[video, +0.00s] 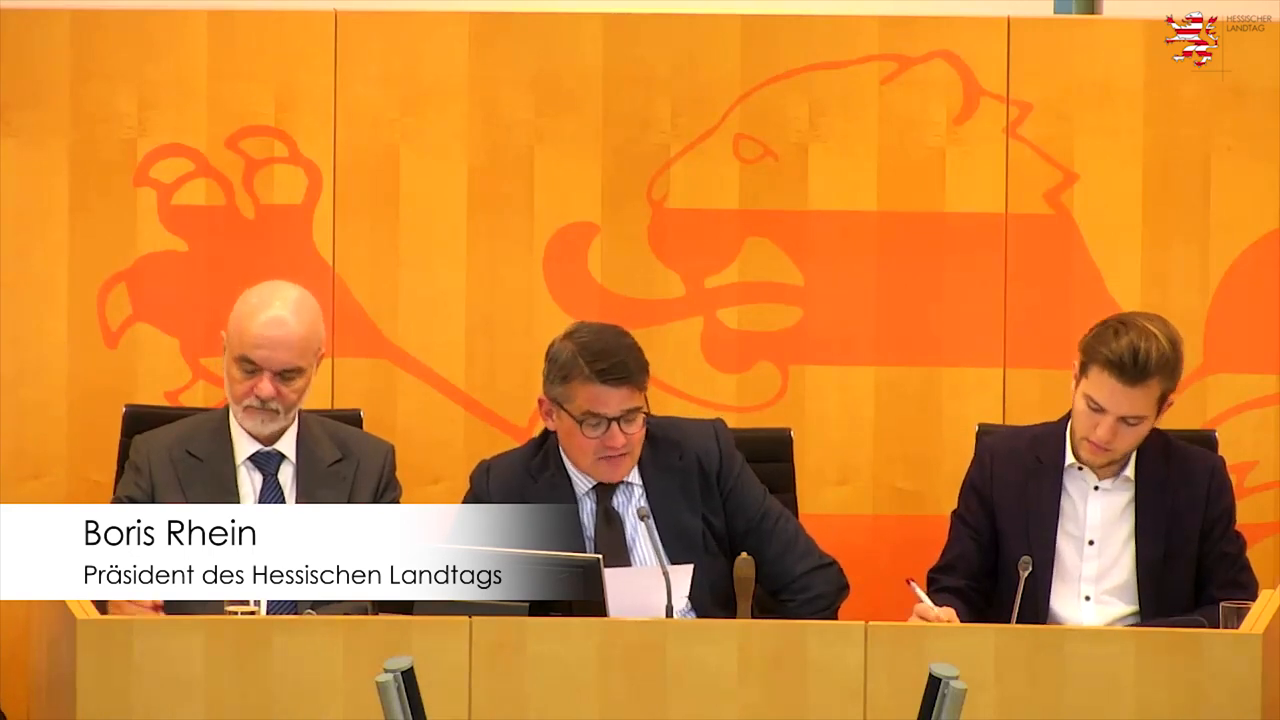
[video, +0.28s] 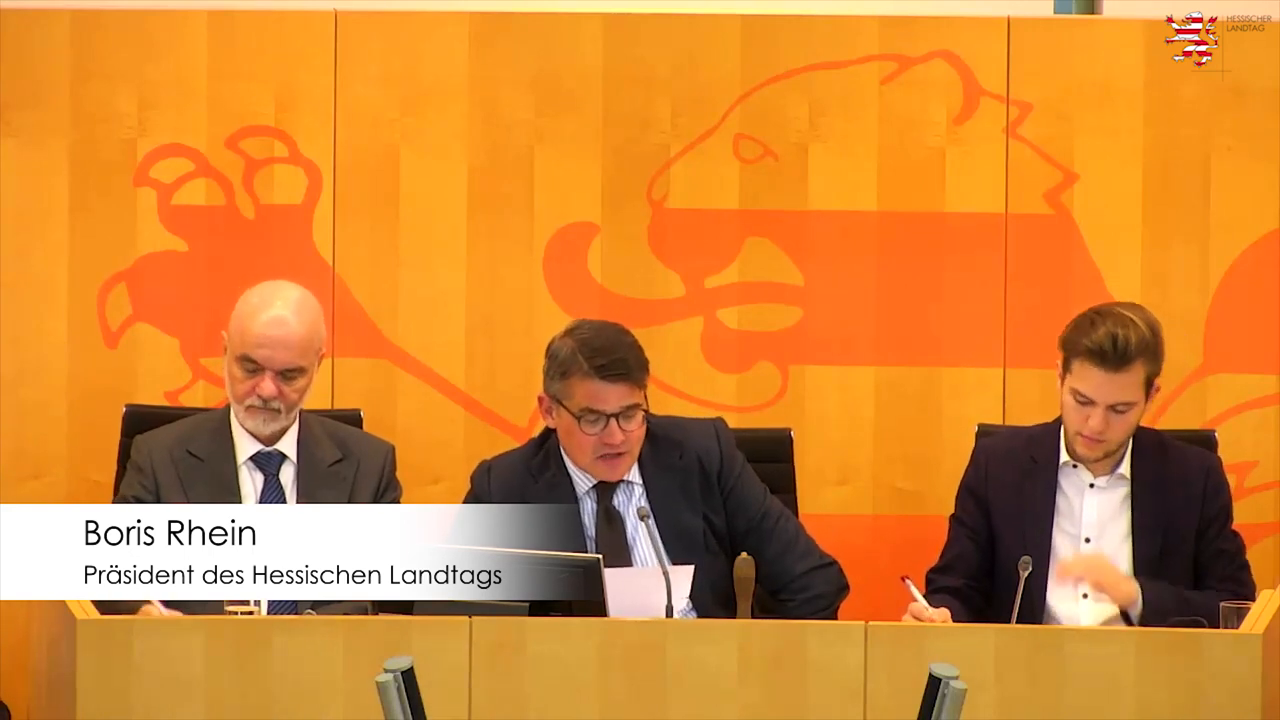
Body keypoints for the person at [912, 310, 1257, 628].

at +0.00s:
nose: (1103, 433)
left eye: (1130, 421)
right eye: (1094, 406)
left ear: (1163, 408)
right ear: (1076, 377)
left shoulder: (1200, 477)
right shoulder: (1001, 459)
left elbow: (1238, 603)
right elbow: (956, 584)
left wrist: (1153, 641)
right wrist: (942, 618)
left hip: (1152, 679)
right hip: (1025, 669)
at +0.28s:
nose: (1095, 425)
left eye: (1119, 408)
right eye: (1082, 400)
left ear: (1149, 395)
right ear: (1062, 377)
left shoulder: (1195, 477)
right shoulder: (998, 460)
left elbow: (1240, 610)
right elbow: (956, 587)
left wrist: (1137, 596)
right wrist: (939, 615)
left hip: (1150, 686)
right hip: (1022, 679)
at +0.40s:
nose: (1095, 422)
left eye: (1117, 404)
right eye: (1079, 400)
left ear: (1146, 389)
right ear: (1055, 381)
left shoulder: (1191, 473)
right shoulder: (997, 459)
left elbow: (1225, 606)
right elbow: (956, 587)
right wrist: (941, 617)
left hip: (1150, 680)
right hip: (1022, 674)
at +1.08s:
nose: (1113, 410)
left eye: (1129, 386)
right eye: (1091, 391)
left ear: (1146, 377)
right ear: (1056, 387)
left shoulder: (1205, 474)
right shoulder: (1008, 463)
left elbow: (1233, 606)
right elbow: (967, 586)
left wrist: (1122, 559)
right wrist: (940, 617)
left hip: (1154, 677)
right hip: (1027, 673)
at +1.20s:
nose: (1115, 406)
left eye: (1129, 382)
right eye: (1092, 387)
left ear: (1145, 374)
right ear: (1055, 387)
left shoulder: (1205, 472)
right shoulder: (1009, 464)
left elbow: (1245, 606)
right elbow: (968, 587)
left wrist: (1144, 598)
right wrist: (943, 614)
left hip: (1158, 685)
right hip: (1029, 680)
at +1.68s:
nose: (1100, 389)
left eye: (1118, 370)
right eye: (1081, 370)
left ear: (1146, 374)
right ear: (1056, 375)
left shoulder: (1199, 469)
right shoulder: (1003, 460)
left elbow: (1240, 601)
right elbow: (956, 583)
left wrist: (1175, 641)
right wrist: (945, 616)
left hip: (1159, 672)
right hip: (1030, 667)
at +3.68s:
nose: (1109, 394)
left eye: (1126, 375)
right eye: (1090, 375)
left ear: (1147, 375)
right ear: (1056, 374)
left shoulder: (1199, 465)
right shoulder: (1002, 457)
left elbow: (1237, 600)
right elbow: (957, 589)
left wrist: (1194, 636)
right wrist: (966, 659)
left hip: (1155, 677)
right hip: (1027, 672)